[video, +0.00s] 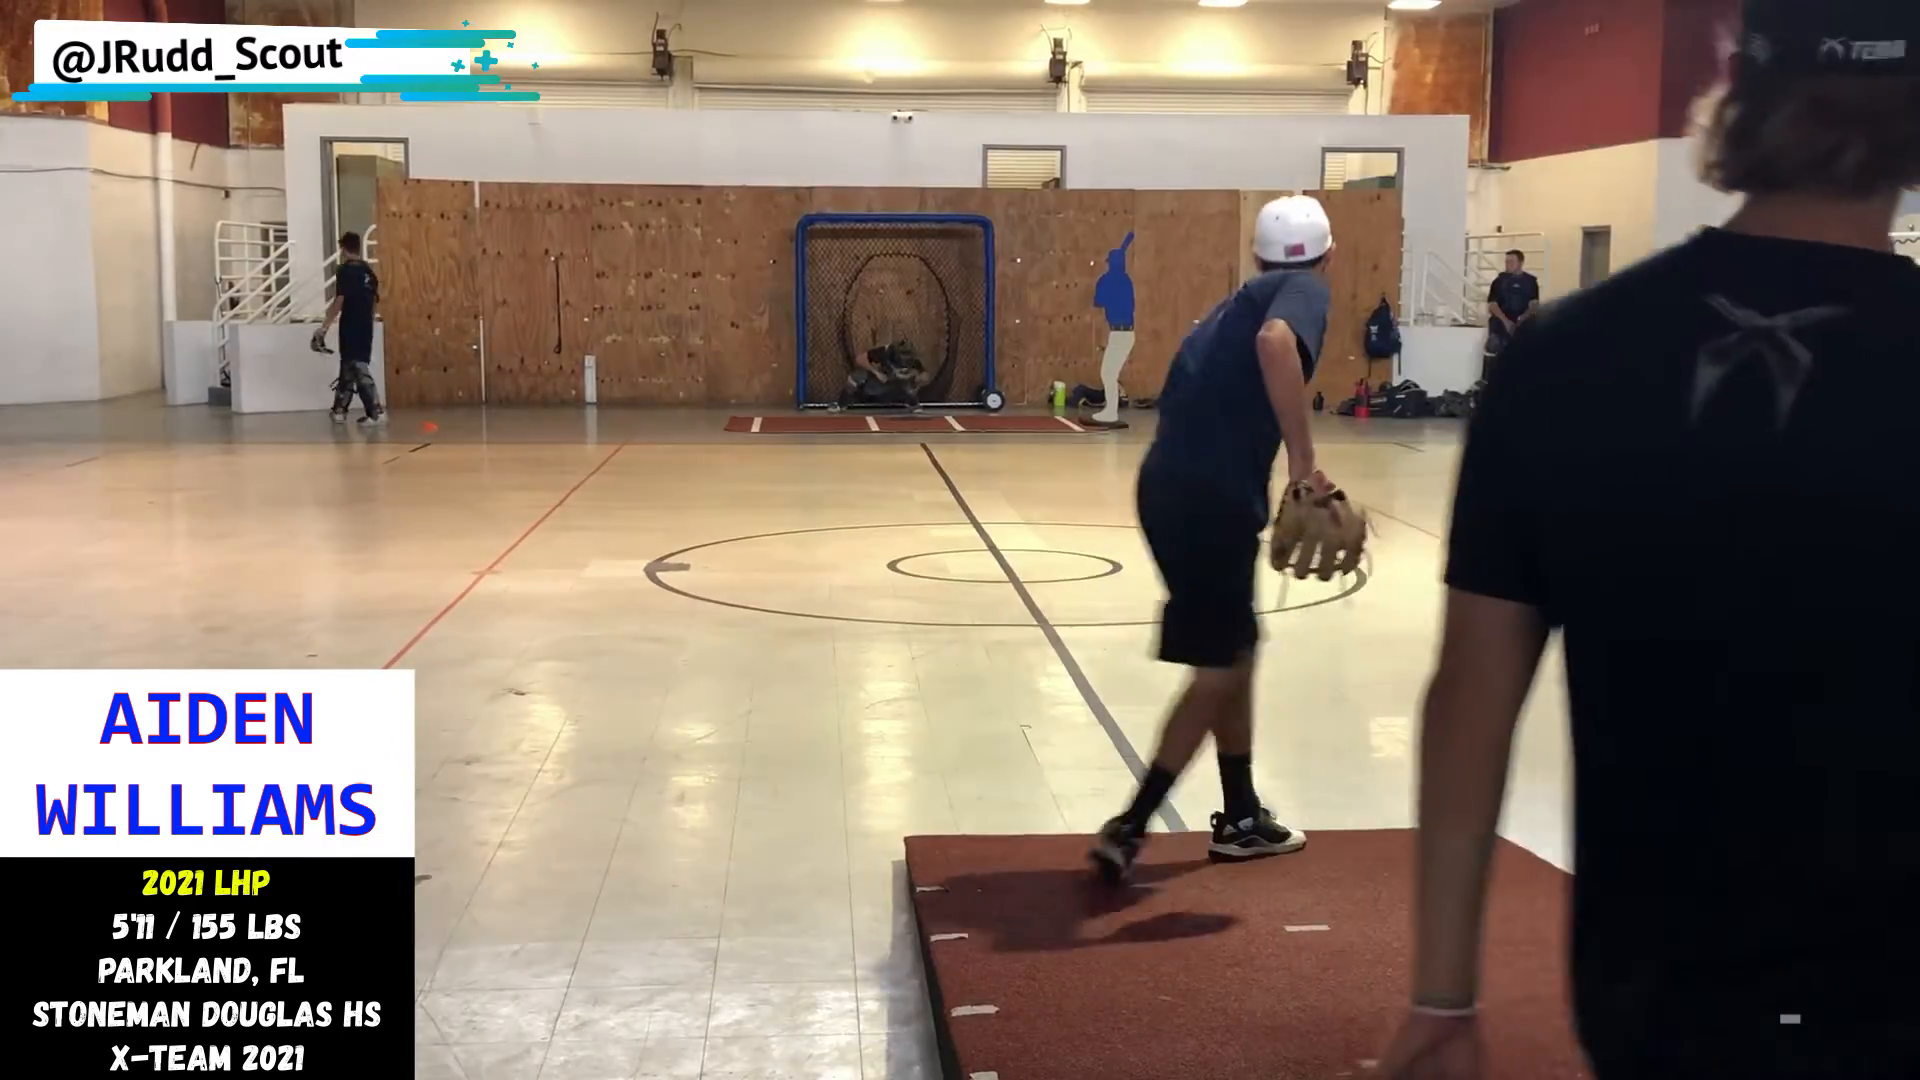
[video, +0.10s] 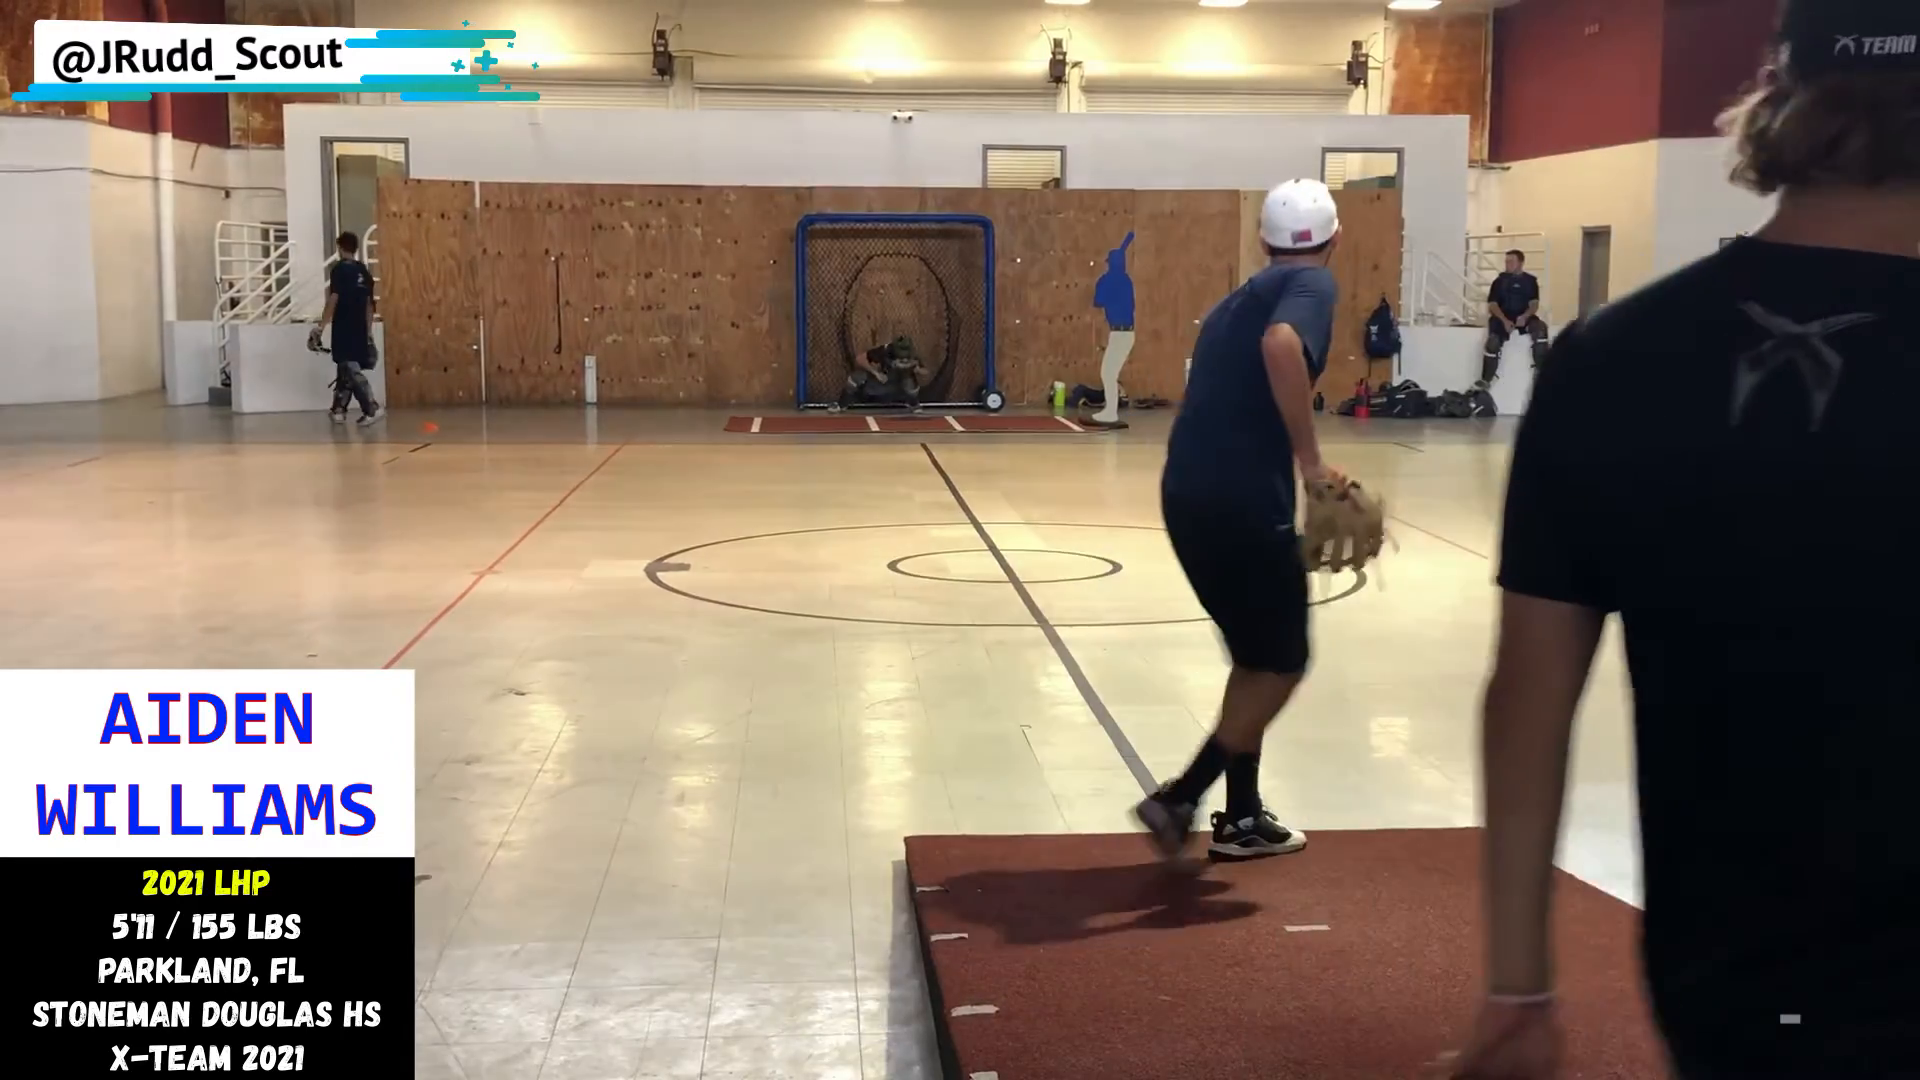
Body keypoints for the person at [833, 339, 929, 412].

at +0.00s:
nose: (905, 360)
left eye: (908, 357)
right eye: (902, 356)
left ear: (911, 354)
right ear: (895, 352)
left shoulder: (914, 362)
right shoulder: (886, 352)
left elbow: (925, 378)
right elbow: (860, 359)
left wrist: (915, 378)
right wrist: (876, 372)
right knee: (858, 376)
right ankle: (842, 405)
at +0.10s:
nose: (903, 362)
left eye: (906, 359)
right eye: (899, 359)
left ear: (910, 354)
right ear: (892, 353)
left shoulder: (913, 356)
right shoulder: (883, 351)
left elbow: (927, 375)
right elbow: (859, 359)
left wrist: (916, 369)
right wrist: (876, 374)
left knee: (909, 379)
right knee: (857, 377)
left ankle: (914, 404)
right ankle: (843, 405)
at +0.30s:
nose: (899, 348)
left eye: (902, 345)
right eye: (896, 345)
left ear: (907, 342)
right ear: (891, 342)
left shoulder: (912, 351)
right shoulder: (883, 350)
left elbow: (926, 368)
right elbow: (861, 361)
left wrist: (912, 360)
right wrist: (875, 369)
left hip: (905, 380)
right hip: (883, 380)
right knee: (858, 378)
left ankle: (915, 405)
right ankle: (842, 403)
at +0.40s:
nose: (896, 339)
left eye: (899, 336)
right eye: (893, 336)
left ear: (904, 335)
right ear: (888, 334)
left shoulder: (910, 347)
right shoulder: (879, 345)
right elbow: (860, 360)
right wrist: (875, 365)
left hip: (902, 379)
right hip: (880, 378)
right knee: (857, 377)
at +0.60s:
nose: (894, 336)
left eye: (897, 333)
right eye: (891, 333)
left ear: (902, 332)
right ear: (886, 332)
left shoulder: (911, 345)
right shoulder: (878, 346)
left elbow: (916, 366)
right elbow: (873, 369)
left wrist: (906, 374)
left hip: (903, 381)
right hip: (886, 382)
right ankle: (884, 405)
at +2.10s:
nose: (895, 330)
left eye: (898, 326)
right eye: (893, 326)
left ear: (903, 326)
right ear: (888, 326)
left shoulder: (911, 340)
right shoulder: (880, 341)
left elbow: (918, 364)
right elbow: (873, 363)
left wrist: (905, 369)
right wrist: (885, 365)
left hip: (906, 376)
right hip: (887, 376)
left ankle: (907, 402)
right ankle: (883, 404)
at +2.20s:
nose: (895, 321)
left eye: (898, 317)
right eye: (891, 318)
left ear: (902, 318)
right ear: (886, 319)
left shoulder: (911, 334)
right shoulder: (879, 334)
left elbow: (918, 356)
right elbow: (871, 355)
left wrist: (906, 361)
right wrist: (880, 354)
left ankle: (904, 400)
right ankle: (886, 400)